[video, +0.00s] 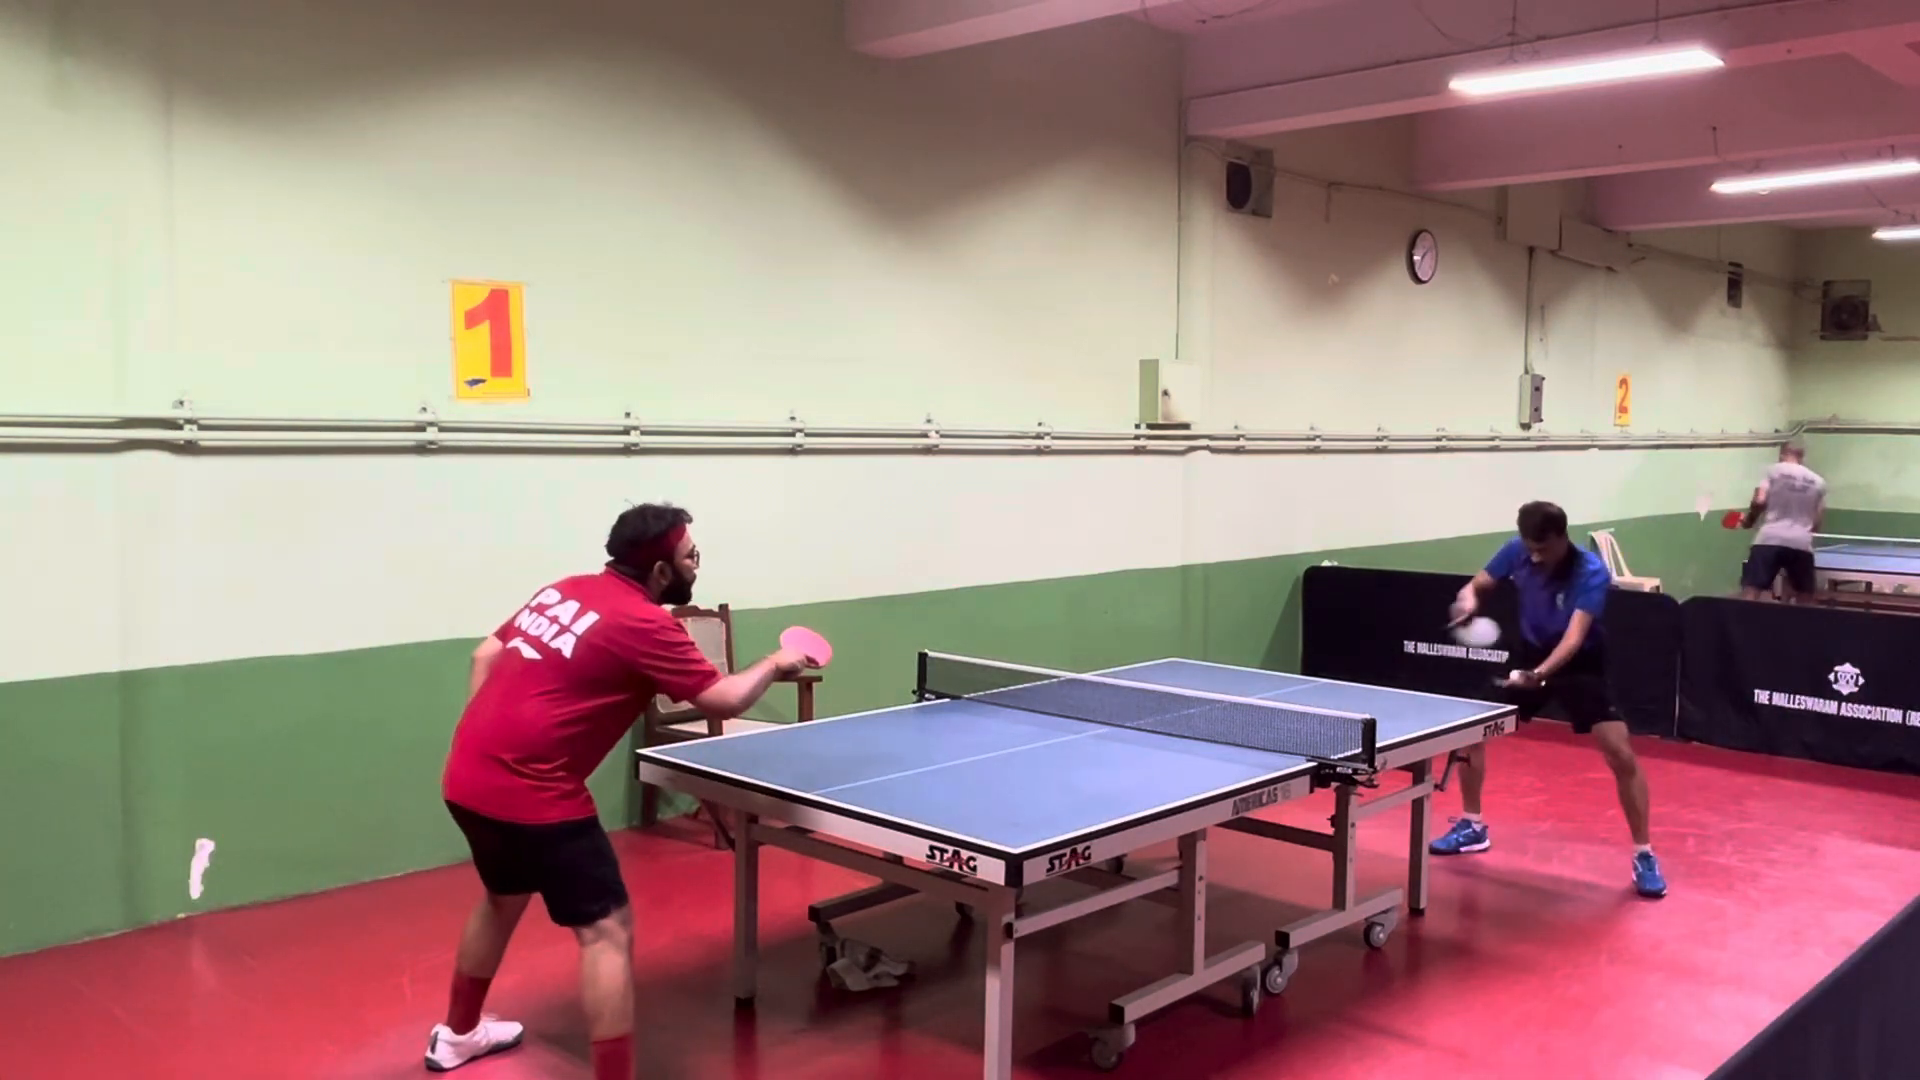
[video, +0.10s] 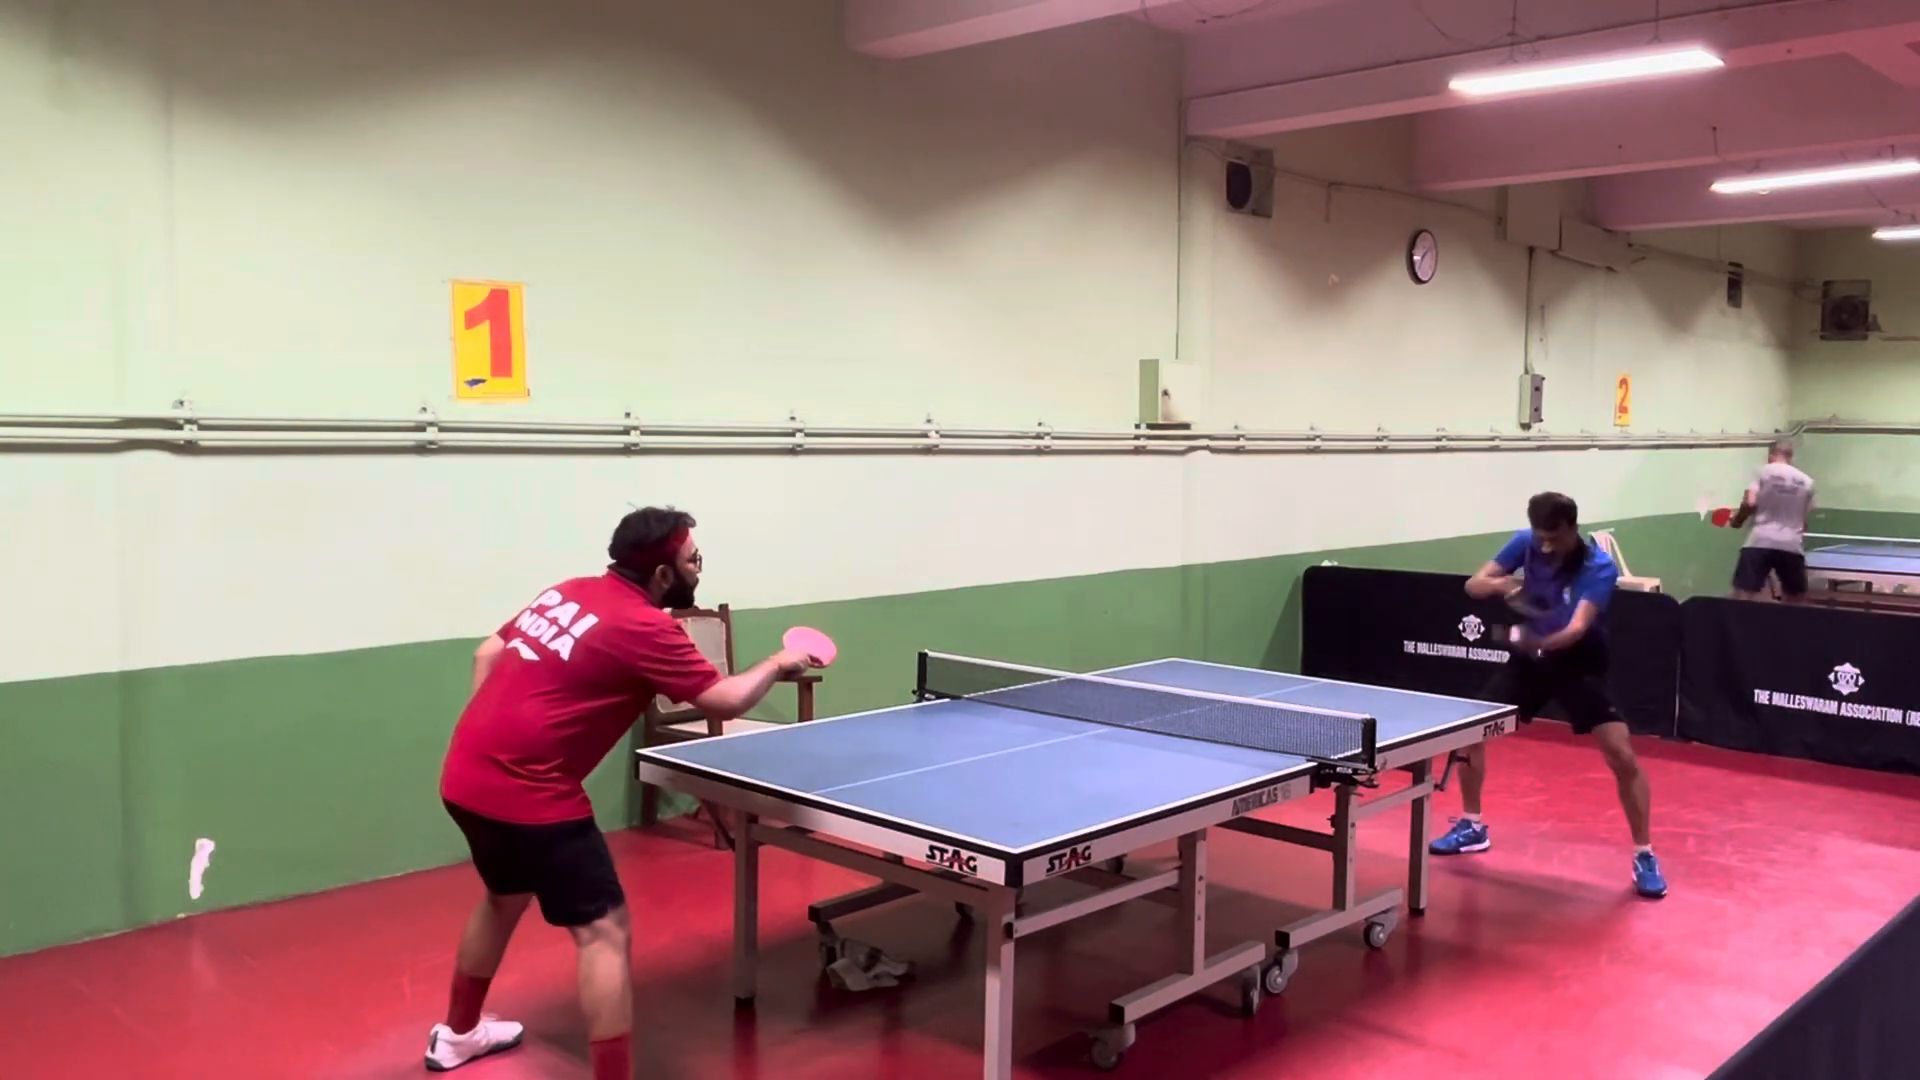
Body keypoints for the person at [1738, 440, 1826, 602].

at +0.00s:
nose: (1784, 459)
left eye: (1783, 456)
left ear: (1783, 455)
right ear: (1802, 457)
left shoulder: (1772, 471)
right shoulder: (1818, 482)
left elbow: (1760, 501)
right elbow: (1817, 521)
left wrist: (1749, 520)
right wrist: (1808, 530)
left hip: (1769, 540)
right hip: (1801, 545)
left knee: (1751, 593)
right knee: (1805, 600)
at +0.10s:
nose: (1769, 459)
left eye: (1770, 456)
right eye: (1771, 456)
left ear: (1772, 455)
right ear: (1791, 456)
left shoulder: (1761, 472)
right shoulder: (1807, 481)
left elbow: (1750, 503)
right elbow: (1806, 513)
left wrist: (1738, 520)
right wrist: (1802, 526)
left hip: (1760, 542)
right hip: (1791, 546)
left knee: (1743, 594)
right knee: (1796, 599)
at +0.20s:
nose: (1756, 458)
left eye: (1757, 455)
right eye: (1757, 455)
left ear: (1759, 454)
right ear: (1778, 455)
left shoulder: (1753, 472)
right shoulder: (1797, 480)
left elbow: (1741, 504)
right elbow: (1797, 515)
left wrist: (1730, 517)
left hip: (1751, 545)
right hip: (1782, 548)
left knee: (1736, 598)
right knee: (1788, 601)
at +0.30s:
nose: (1748, 456)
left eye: (1748, 452)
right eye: (1748, 452)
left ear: (1750, 452)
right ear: (1769, 451)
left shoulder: (1744, 472)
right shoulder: (1789, 477)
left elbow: (1734, 504)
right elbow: (1791, 514)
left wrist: (1723, 517)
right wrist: (1786, 523)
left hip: (1744, 545)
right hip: (1775, 546)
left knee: (1735, 597)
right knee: (1781, 599)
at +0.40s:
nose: (1743, 454)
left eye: (1743, 450)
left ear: (1744, 450)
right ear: (1764, 450)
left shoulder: (1737, 471)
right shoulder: (1783, 474)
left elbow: (1729, 505)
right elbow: (1787, 514)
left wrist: (1722, 516)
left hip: (1740, 545)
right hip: (1771, 547)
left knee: (1735, 599)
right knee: (1773, 599)